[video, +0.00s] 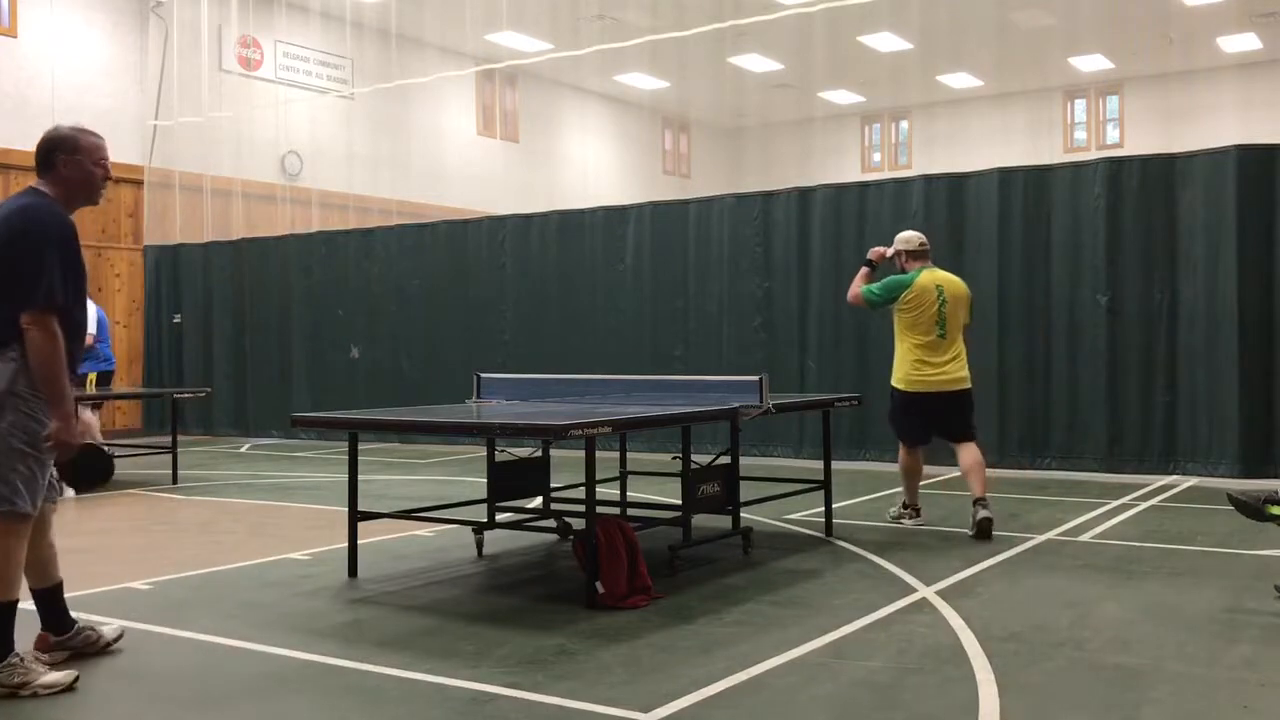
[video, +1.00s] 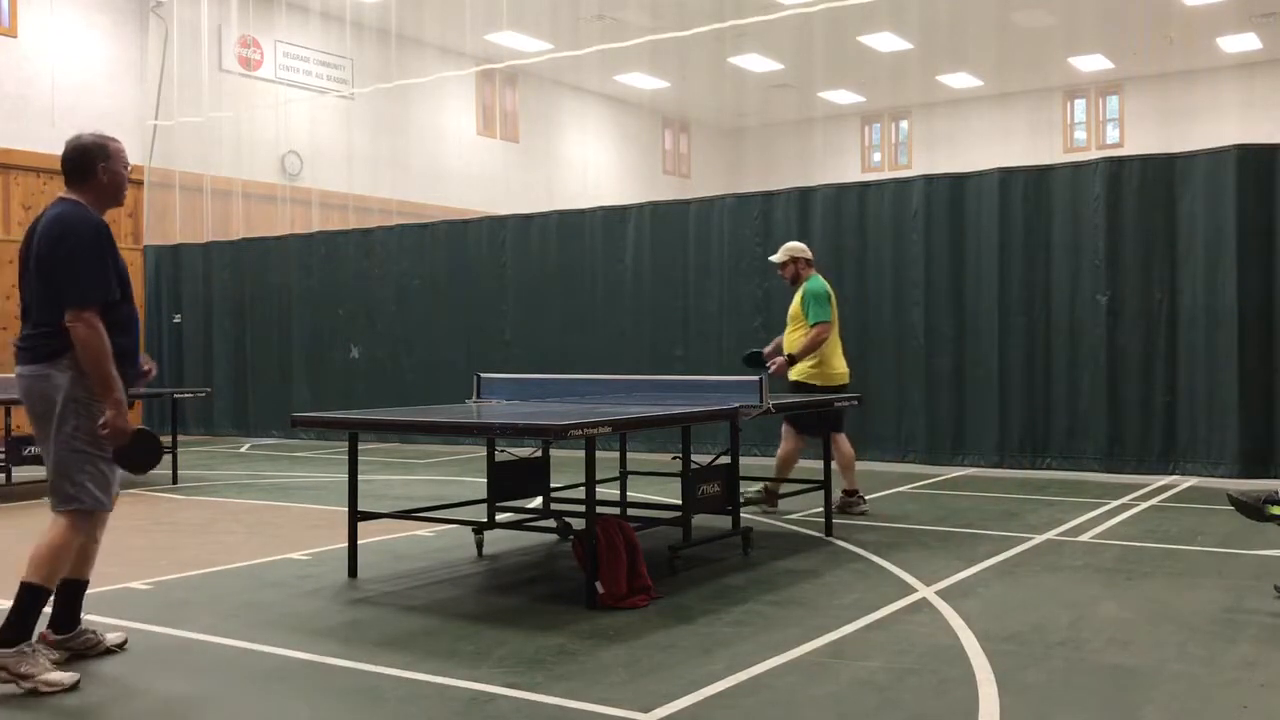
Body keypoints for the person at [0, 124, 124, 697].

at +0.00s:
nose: (108, 173)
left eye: (107, 163)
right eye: (99, 162)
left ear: (59, 165)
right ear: (62, 165)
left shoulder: (31, 214)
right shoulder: (41, 219)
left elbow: (36, 322)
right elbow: (37, 322)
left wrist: (69, 409)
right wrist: (63, 414)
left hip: (25, 380)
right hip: (20, 383)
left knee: (37, 509)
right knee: (13, 516)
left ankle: (58, 628)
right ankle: (5, 658)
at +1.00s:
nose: (130, 175)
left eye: (128, 167)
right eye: (125, 167)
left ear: (81, 171)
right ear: (102, 171)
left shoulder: (57, 221)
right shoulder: (78, 225)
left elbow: (69, 314)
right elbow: (82, 321)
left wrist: (128, 355)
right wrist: (115, 400)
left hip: (61, 374)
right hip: (65, 377)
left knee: (94, 503)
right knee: (78, 510)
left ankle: (66, 628)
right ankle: (11, 645)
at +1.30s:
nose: (142, 181)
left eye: (141, 172)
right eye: (138, 172)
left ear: (88, 175)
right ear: (118, 175)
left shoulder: (62, 222)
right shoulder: (105, 223)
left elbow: (85, 300)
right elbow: (113, 311)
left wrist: (150, 286)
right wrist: (156, 386)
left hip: (57, 375)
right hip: (95, 374)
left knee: (90, 497)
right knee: (158, 486)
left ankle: (59, 631)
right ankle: (112, 624)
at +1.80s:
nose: (212, 183)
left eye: (210, 175)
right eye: (209, 176)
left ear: (157, 181)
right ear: (197, 181)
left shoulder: (123, 229)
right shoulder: (188, 232)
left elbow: (143, 282)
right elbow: (188, 321)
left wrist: (204, 270)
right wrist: (214, 400)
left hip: (117, 376)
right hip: (168, 379)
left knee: (115, 501)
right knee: (222, 495)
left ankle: (65, 626)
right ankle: (232, 619)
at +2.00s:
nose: (256, 184)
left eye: (254, 176)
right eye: (254, 177)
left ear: (203, 181)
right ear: (243, 183)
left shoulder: (162, 224)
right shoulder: (232, 236)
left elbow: (178, 293)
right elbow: (232, 326)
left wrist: (241, 275)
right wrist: (257, 405)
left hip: (149, 371)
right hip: (202, 375)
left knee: (146, 493)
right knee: (237, 492)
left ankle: (79, 609)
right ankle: (233, 618)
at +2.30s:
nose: (283, 192)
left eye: (282, 184)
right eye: (283, 184)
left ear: (233, 179)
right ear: (273, 185)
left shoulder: (189, 221)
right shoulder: (266, 237)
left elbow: (177, 296)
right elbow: (279, 329)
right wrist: (314, 399)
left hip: (172, 366)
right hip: (229, 373)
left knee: (175, 489)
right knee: (243, 496)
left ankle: (129, 599)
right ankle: (234, 618)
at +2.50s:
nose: (276, 191)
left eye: (275, 183)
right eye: (275, 183)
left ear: (225, 181)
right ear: (265, 185)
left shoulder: (185, 225)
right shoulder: (260, 239)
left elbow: (177, 300)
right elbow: (276, 328)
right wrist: (313, 393)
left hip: (175, 370)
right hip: (231, 374)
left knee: (188, 492)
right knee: (247, 494)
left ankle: (175, 605)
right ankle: (234, 619)